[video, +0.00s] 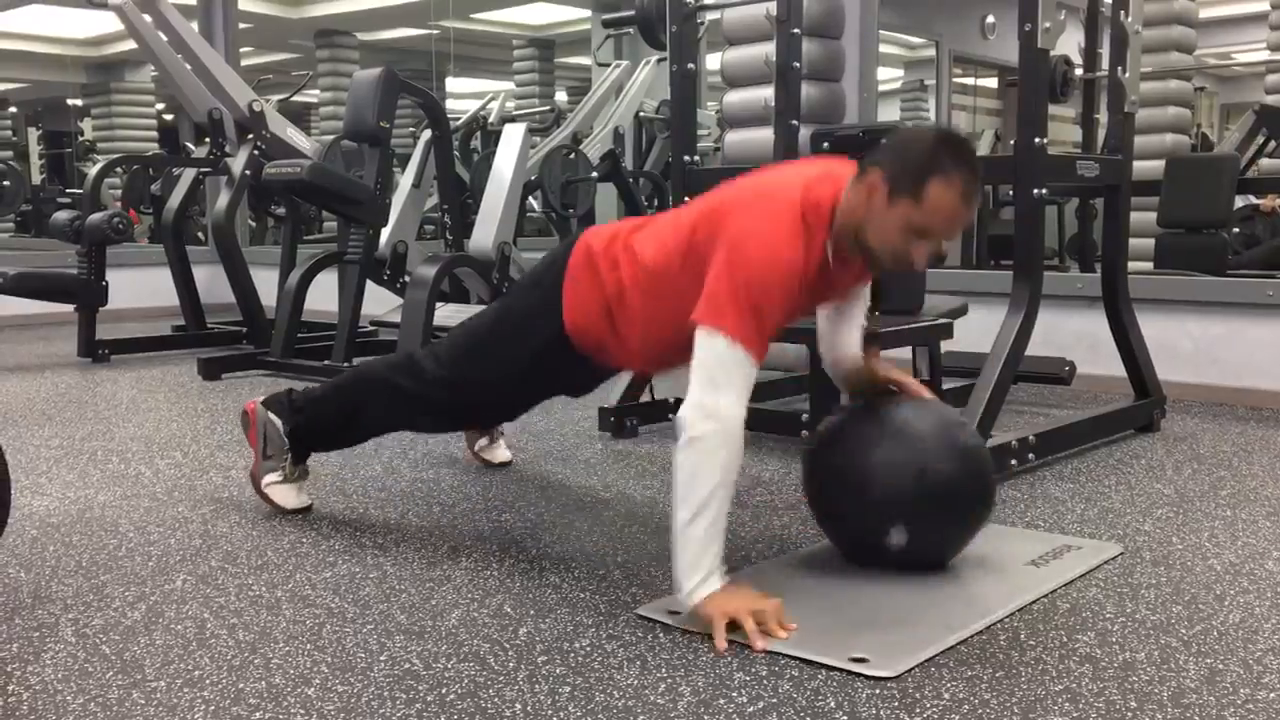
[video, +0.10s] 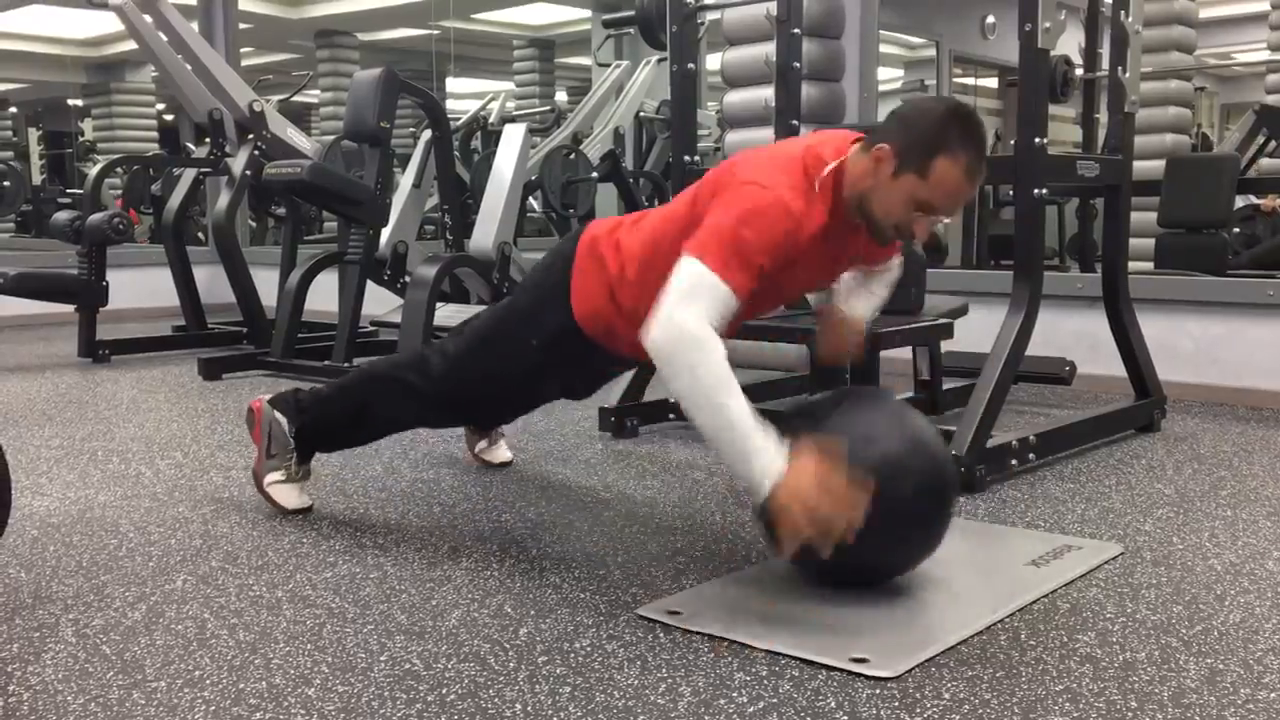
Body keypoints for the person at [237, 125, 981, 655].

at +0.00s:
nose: (927, 258)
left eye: (941, 244)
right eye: (924, 237)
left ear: (909, 205)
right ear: (874, 189)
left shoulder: (864, 219)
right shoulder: (776, 230)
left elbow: (837, 303)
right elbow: (714, 411)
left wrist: (857, 365)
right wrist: (704, 584)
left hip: (633, 314)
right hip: (585, 291)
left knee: (529, 377)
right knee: (440, 384)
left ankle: (476, 415)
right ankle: (284, 424)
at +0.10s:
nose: (925, 228)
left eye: (941, 217)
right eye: (920, 207)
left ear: (923, 180)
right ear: (877, 162)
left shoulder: (879, 188)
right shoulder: (775, 199)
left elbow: (885, 255)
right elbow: (678, 335)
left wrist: (849, 309)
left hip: (650, 323)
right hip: (597, 284)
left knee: (542, 377)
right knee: (452, 380)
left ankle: (480, 414)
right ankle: (292, 424)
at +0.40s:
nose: (983, 475)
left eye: (1002, 466)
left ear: (975, 407)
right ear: (959, 409)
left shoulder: (932, 374)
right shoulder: (858, 367)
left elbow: (940, 431)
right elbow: (709, 310)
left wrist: (954, 497)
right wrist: (723, 441)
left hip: (674, 384)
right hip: (639, 396)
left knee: (534, 403)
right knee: (480, 441)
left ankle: (459, 388)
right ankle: (306, 422)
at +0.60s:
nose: (996, 520)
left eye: (1012, 515)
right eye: (994, 508)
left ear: (972, 457)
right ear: (952, 456)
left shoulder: (958, 421)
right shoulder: (866, 403)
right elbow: (736, 310)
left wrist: (962, 508)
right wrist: (726, 441)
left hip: (687, 470)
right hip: (657, 443)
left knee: (577, 427)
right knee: (488, 462)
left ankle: (487, 384)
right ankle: (322, 421)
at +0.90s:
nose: (967, 306)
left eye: (981, 292)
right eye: (961, 284)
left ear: (970, 273)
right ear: (912, 242)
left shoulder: (918, 300)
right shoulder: (817, 242)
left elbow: (935, 394)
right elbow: (672, 331)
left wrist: (944, 496)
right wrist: (780, 412)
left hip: (657, 356)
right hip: (609, 307)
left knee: (525, 386)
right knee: (460, 382)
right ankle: (301, 421)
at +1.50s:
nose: (938, 552)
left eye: (958, 548)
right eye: (944, 538)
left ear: (946, 443)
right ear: (914, 479)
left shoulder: (899, 382)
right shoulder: (811, 458)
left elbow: (883, 288)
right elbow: (674, 476)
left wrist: (890, 428)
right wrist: (693, 604)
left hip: (661, 420)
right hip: (607, 471)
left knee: (567, 429)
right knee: (451, 475)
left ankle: (489, 399)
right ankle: (298, 425)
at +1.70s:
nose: (937, 463)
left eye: (955, 451)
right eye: (938, 445)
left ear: (927, 374)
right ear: (894, 398)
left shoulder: (887, 324)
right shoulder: (779, 406)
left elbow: (892, 285)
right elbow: (647, 474)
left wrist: (878, 413)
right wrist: (688, 605)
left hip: (646, 368)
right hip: (593, 424)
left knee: (525, 394)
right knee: (435, 454)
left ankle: (470, 387)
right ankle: (285, 429)